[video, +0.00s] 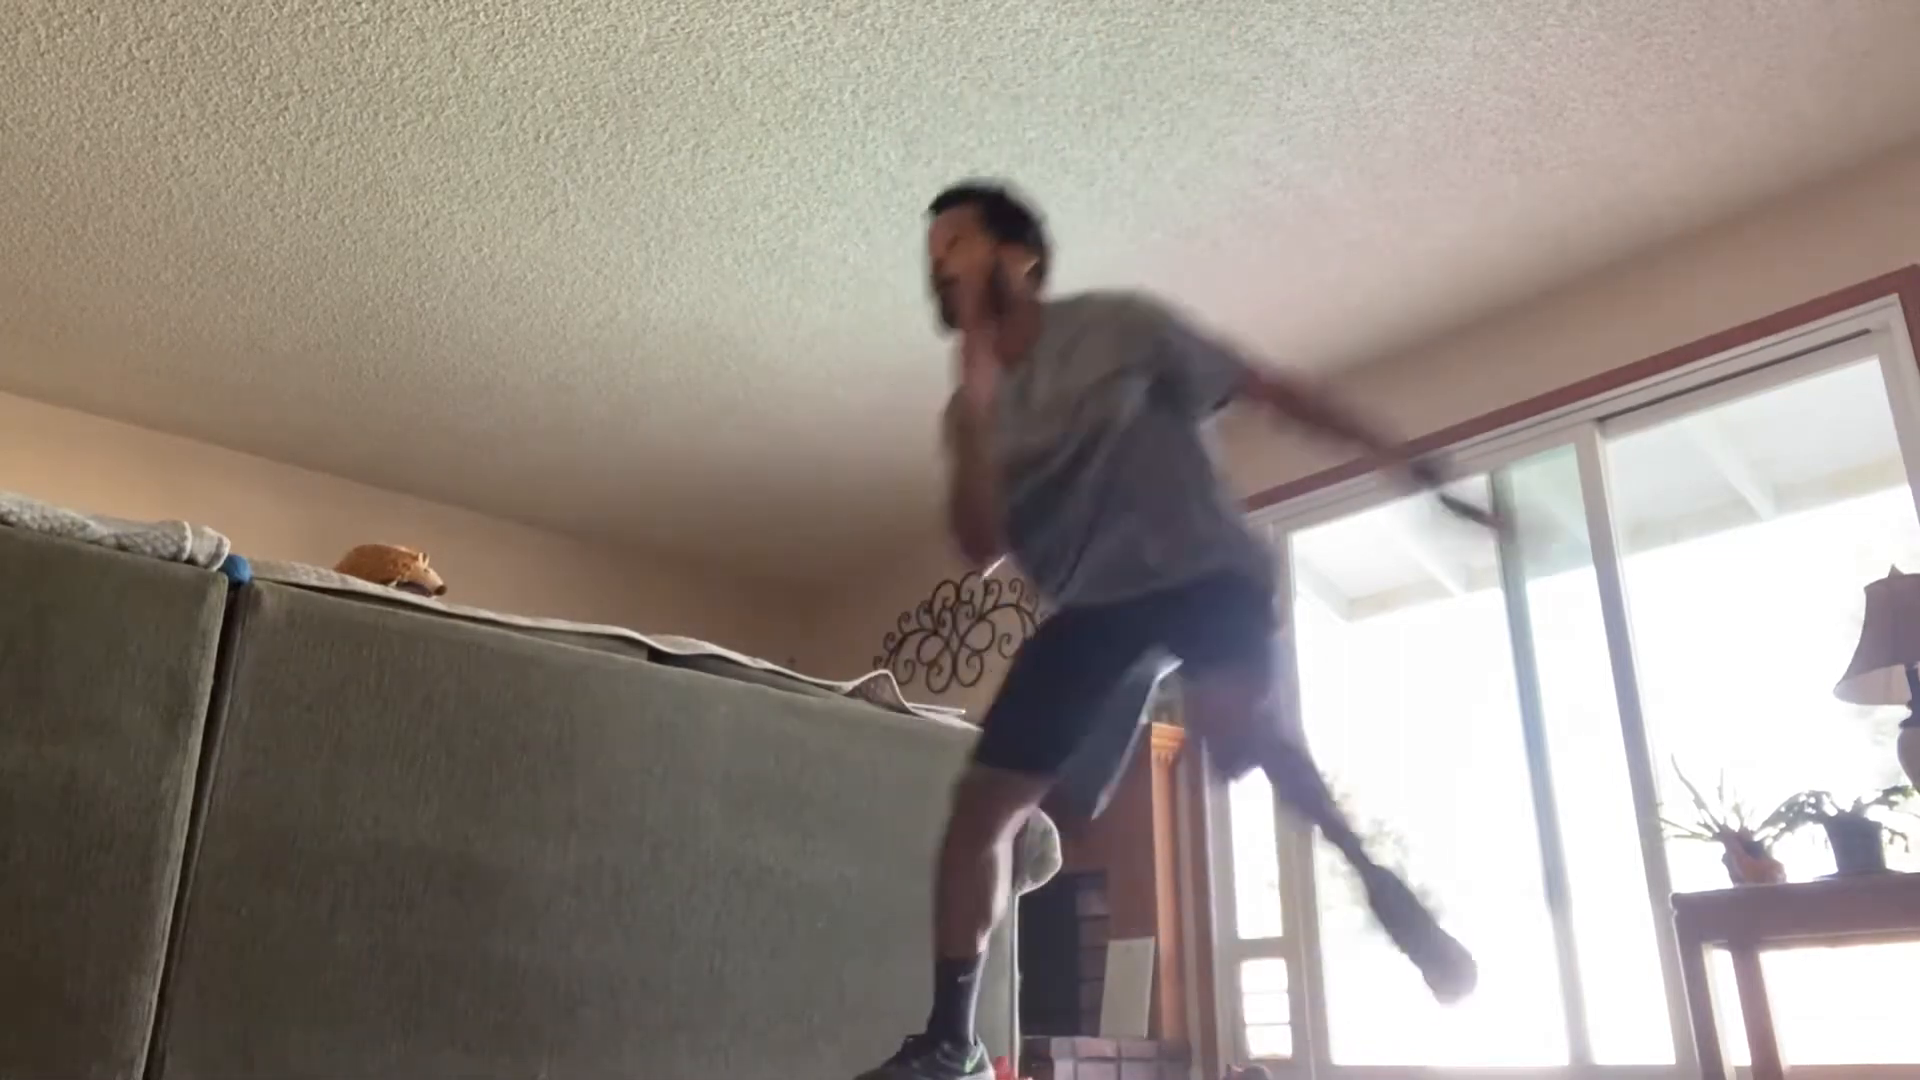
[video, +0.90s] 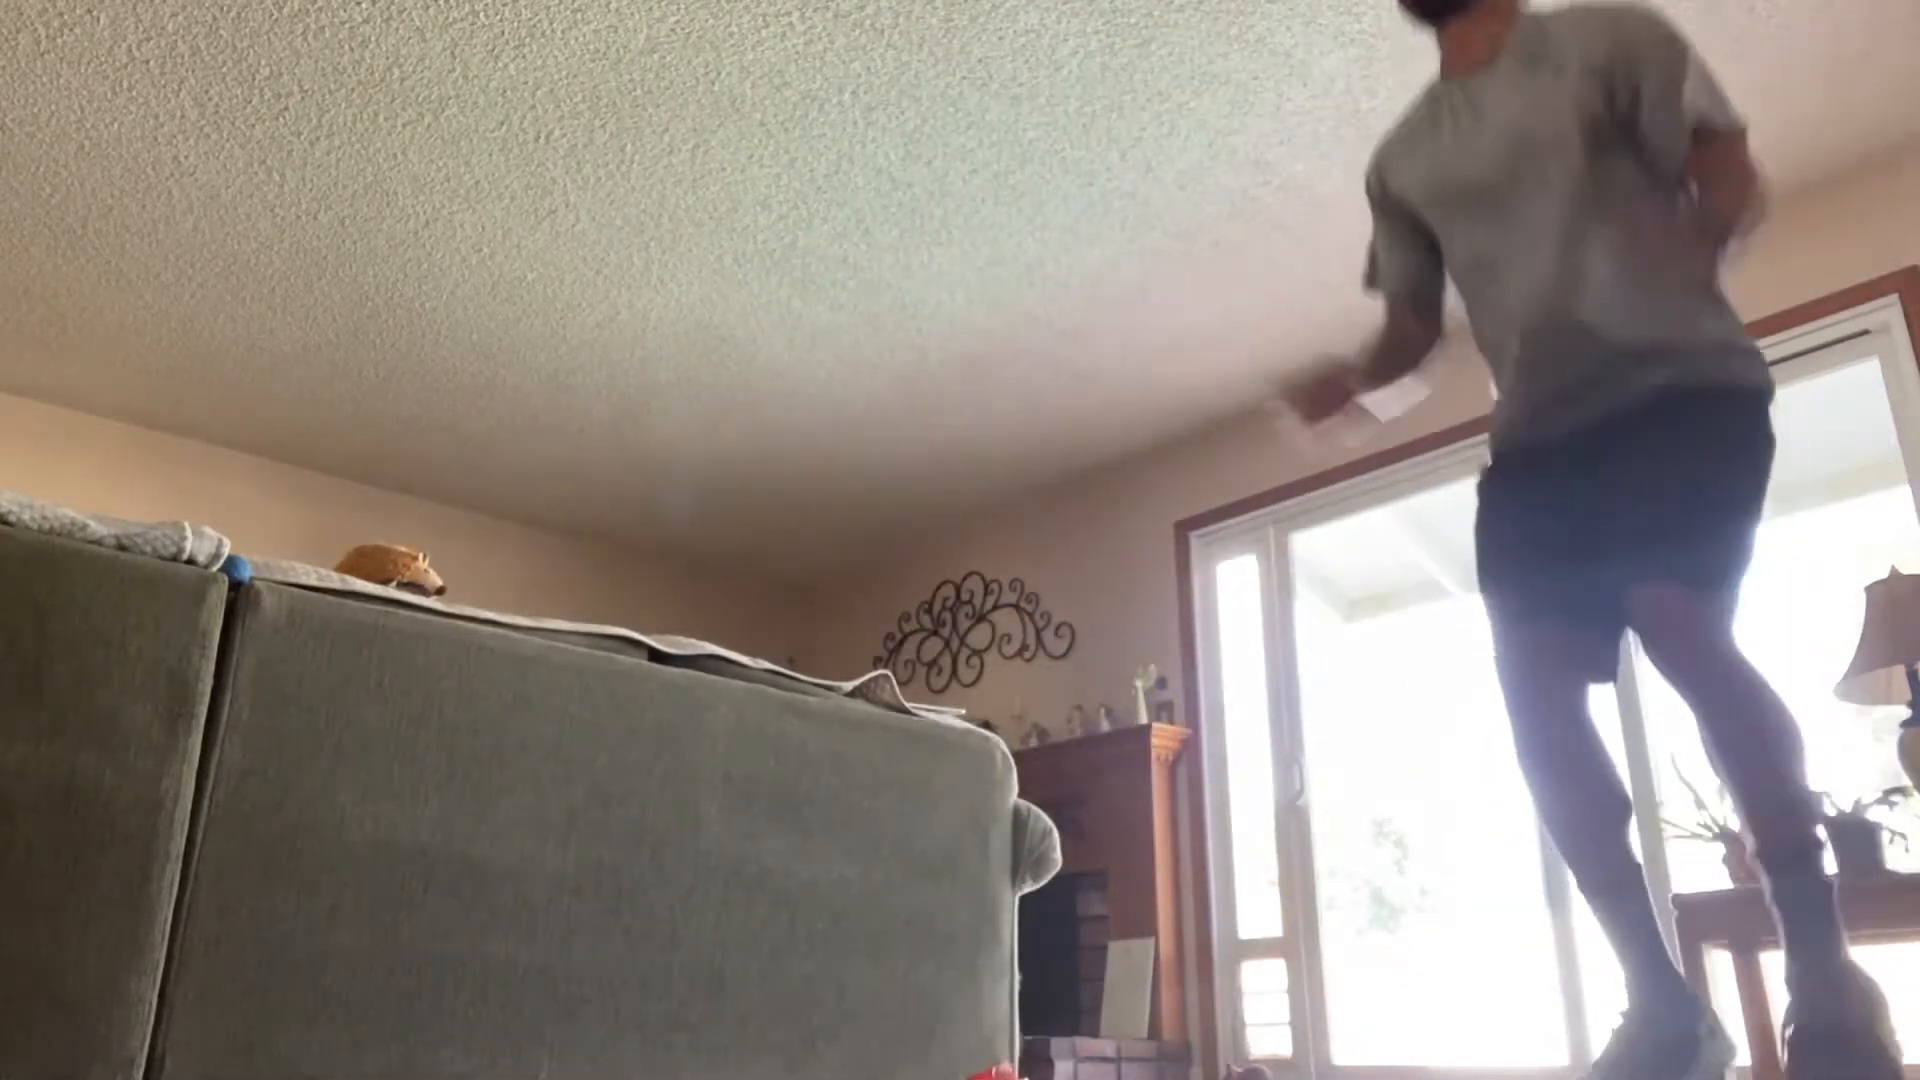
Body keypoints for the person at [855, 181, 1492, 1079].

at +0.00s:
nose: (937, 269)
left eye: (951, 249)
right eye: (932, 257)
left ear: (1020, 258)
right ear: (945, 287)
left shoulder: (1121, 324)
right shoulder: (974, 410)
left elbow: (1273, 391)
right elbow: (978, 550)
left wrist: (1400, 452)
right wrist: (976, 412)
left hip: (1207, 576)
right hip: (1088, 611)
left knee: (1240, 726)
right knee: (978, 818)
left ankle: (1386, 892)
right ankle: (949, 1041)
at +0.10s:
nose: (1052, 172)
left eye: (1069, 147)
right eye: (1042, 158)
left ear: (1135, 152)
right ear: (1044, 180)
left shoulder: (1241, 218)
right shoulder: (1073, 309)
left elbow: (1398, 273)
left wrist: (1545, 330)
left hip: (1315, 503)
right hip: (1194, 542)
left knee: (1441, 633)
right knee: (1095, 772)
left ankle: (1597, 878)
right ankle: (1012, 1006)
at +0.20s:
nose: (1198, 108)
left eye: (1217, 81)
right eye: (1182, 94)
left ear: (1280, 83)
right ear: (1175, 113)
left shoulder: (1386, 174)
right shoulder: (1188, 251)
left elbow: (1538, 234)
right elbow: (1203, 426)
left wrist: (1688, 304)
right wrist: (1207, 243)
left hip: (1442, 480)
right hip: (1307, 517)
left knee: (1606, 643)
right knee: (1195, 758)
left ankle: (1821, 901)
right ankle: (1188, 987)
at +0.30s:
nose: (1352, 90)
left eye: (1380, 59)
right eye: (1331, 77)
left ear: (1448, 79)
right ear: (1323, 109)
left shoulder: (1541, 184)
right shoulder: (1324, 261)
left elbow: (1688, 289)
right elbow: (1341, 442)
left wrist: (1829, 410)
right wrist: (1406, 275)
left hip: (1589, 512)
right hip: (1448, 555)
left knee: (1734, 721)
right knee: (1368, 821)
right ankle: (1446, 954)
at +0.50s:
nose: (1457, 12)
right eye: (1439, 2)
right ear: (1427, 23)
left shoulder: (1665, 118)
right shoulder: (1406, 185)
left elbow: (1774, 293)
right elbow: (1405, 376)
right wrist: (1517, 381)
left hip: (1693, 446)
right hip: (1545, 489)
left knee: (1781, 680)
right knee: (1580, 724)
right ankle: (1774, 890)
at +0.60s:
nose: (1429, 5)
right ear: (1409, 11)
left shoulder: (1636, 61)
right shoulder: (1396, 148)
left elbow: (1748, 234)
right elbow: (1403, 347)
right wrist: (1439, 269)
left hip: (1691, 381)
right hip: (1539, 417)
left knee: (1758, 627)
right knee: (1533, 638)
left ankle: (1911, 903)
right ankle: (1734, 884)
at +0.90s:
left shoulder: (1608, 36)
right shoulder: (1402, 156)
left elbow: (1733, 179)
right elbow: (1413, 325)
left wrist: (1694, 242)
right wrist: (1350, 376)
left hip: (1684, 382)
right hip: (1542, 428)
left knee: (1678, 625)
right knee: (1537, 698)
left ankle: (1824, 979)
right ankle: (1662, 1003)